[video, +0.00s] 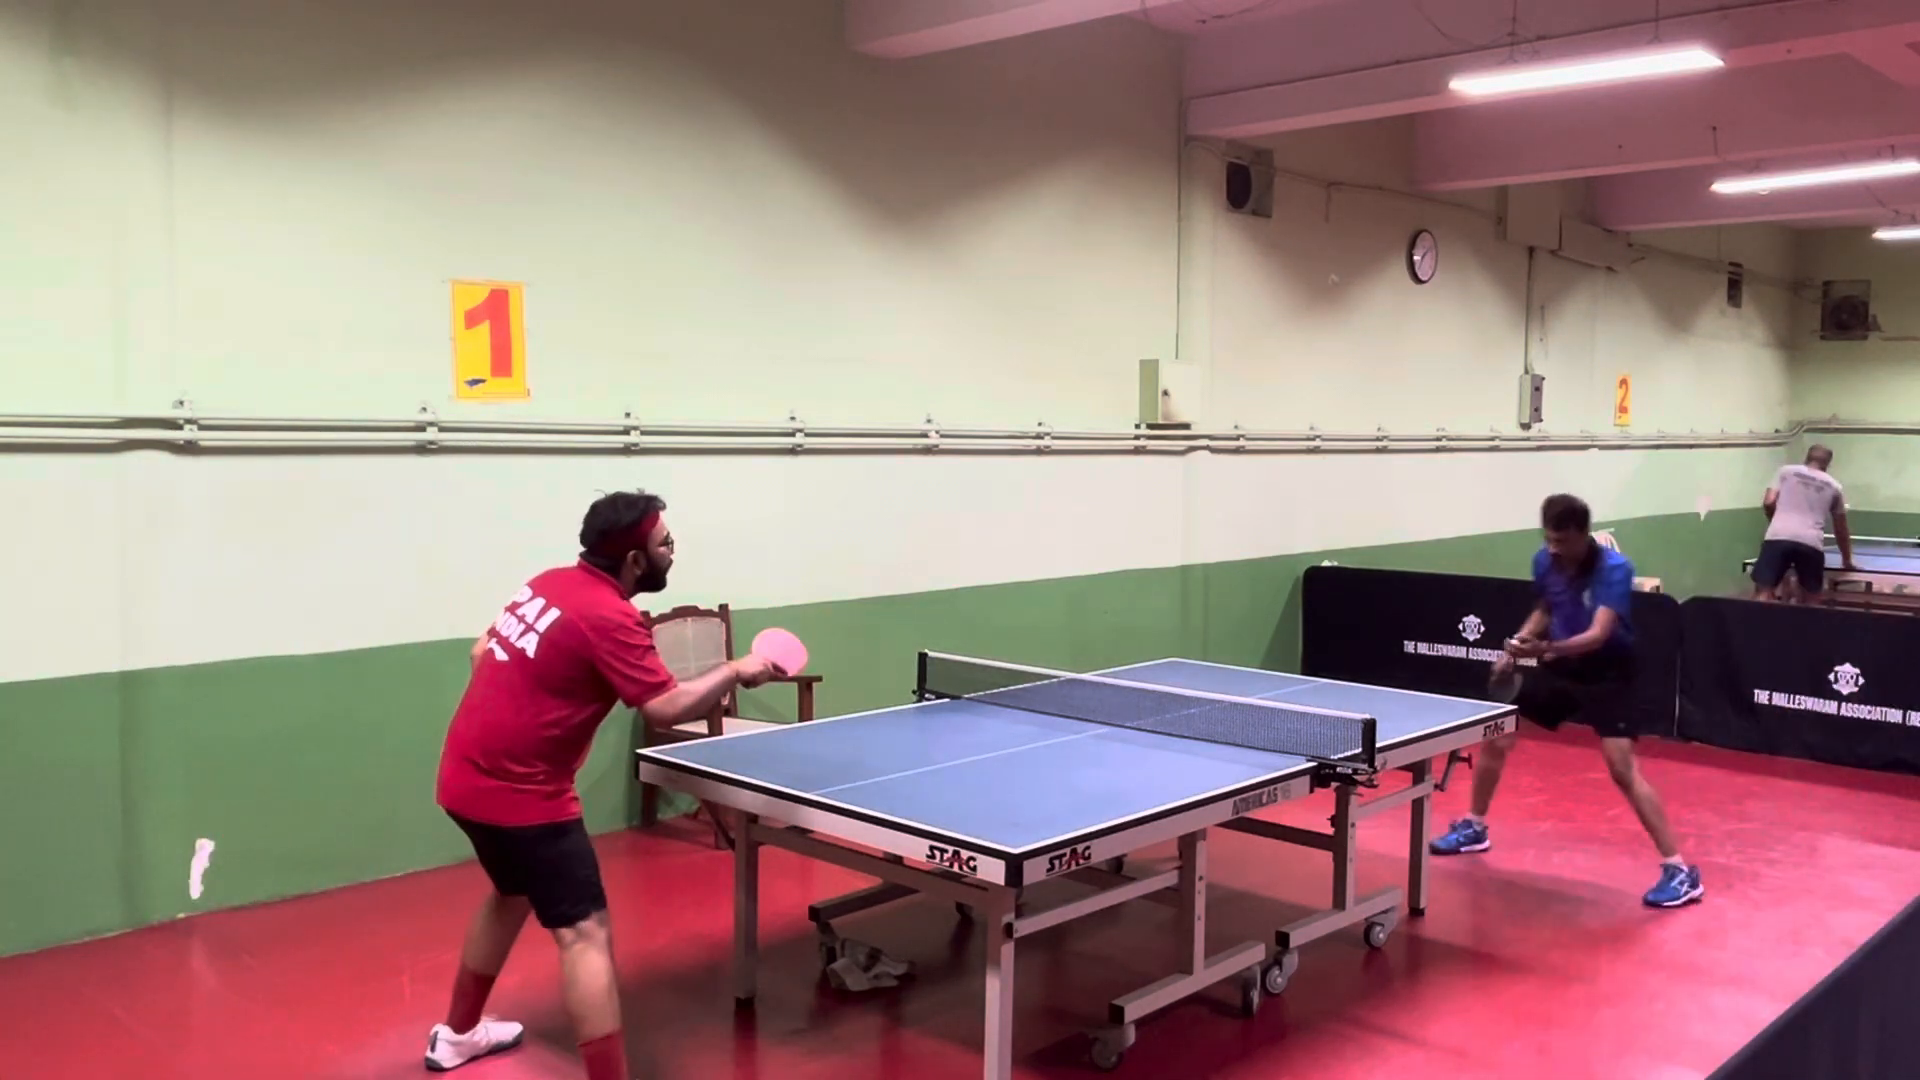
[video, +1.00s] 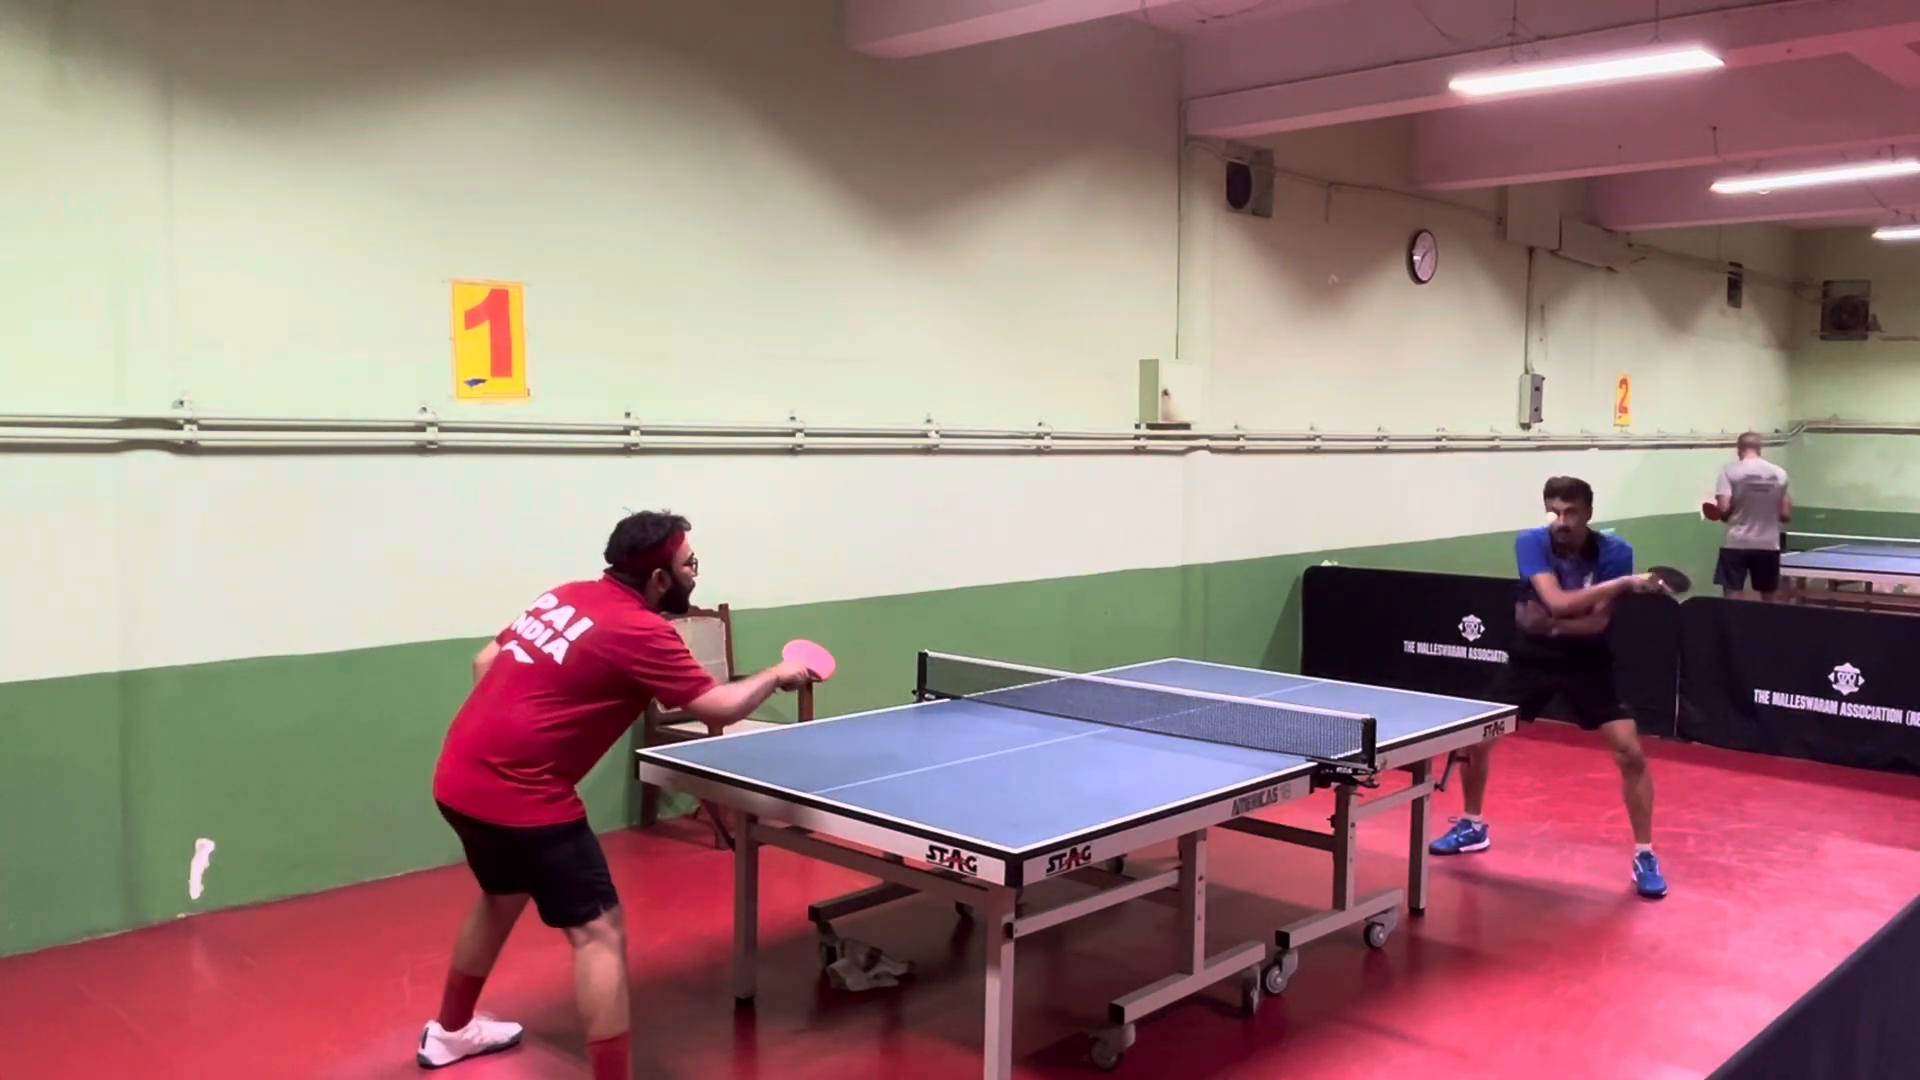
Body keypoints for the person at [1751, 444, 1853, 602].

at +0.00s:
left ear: (1806, 459)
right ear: (1827, 464)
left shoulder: (1785, 471)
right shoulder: (1834, 487)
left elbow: (1768, 502)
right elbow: (1841, 530)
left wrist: (1776, 522)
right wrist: (1847, 562)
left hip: (1777, 540)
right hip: (1810, 546)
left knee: (1764, 593)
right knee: (1812, 600)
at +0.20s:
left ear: (1803, 457)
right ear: (1823, 461)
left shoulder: (1786, 470)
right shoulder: (1836, 484)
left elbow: (1771, 501)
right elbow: (1836, 530)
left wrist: (1775, 524)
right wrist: (1823, 549)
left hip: (1781, 538)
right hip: (1814, 544)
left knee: (1763, 591)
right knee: (1813, 598)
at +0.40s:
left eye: (1792, 456)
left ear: (1791, 454)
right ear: (1812, 458)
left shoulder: (1778, 469)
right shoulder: (1827, 482)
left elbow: (1766, 499)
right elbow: (1824, 524)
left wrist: (1760, 520)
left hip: (1776, 538)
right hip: (1808, 542)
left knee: (1754, 592)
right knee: (1810, 600)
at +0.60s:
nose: (1769, 459)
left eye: (1770, 456)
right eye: (1771, 456)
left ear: (1772, 455)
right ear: (1791, 456)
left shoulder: (1761, 472)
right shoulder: (1807, 481)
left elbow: (1750, 503)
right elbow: (1806, 513)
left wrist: (1738, 520)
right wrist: (1802, 526)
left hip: (1760, 542)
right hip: (1791, 546)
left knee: (1743, 594)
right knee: (1796, 599)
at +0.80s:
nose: (1748, 456)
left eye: (1748, 452)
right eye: (1748, 452)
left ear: (1750, 452)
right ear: (1769, 451)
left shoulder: (1744, 472)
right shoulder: (1789, 477)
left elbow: (1734, 504)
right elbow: (1791, 514)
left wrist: (1723, 517)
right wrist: (1786, 523)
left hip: (1744, 545)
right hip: (1775, 546)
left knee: (1735, 597)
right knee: (1781, 599)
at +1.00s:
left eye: (1739, 450)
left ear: (1739, 450)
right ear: (1760, 450)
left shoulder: (1729, 471)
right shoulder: (1779, 473)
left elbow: (1724, 507)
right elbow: (1785, 514)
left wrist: (1725, 517)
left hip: (1736, 546)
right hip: (1768, 547)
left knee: (1733, 601)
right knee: (1769, 601)